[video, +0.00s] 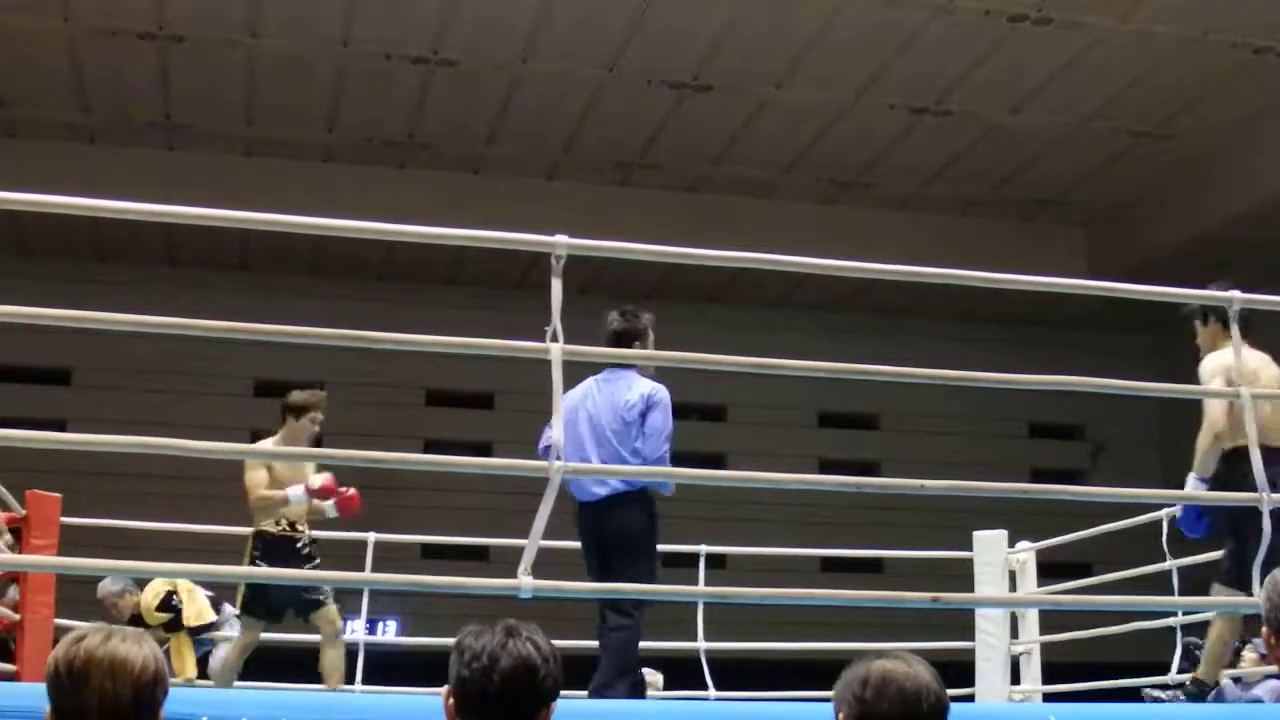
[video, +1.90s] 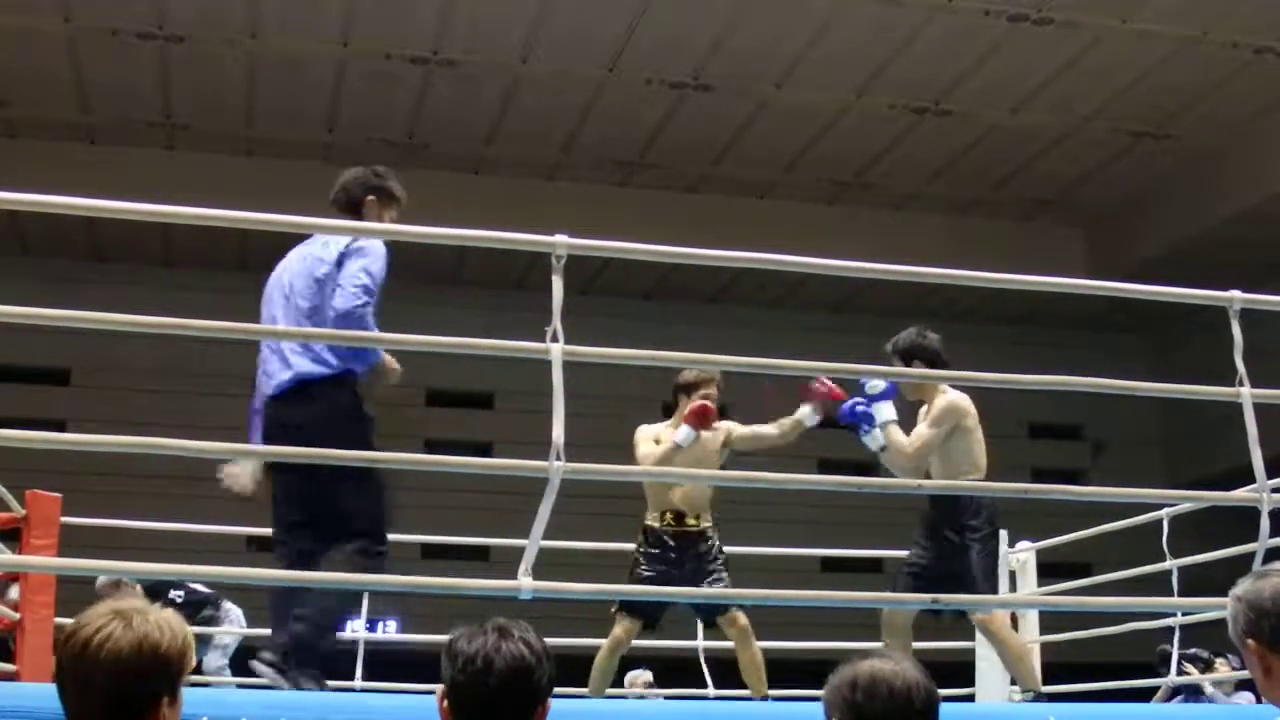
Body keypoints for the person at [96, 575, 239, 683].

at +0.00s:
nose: (112, 613)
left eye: (115, 606)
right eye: (108, 608)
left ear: (131, 594)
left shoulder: (157, 604)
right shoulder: (136, 620)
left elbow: (206, 621)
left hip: (225, 624)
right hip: (194, 630)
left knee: (217, 672)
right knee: (164, 664)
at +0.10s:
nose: (112, 610)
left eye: (115, 604)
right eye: (109, 606)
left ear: (132, 593)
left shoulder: (154, 602)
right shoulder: (134, 620)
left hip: (225, 621)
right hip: (193, 630)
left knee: (218, 670)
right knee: (164, 668)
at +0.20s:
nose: (115, 609)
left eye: (116, 602)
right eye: (111, 605)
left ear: (133, 591)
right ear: (132, 593)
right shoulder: (138, 618)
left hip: (228, 621)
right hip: (198, 627)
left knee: (219, 670)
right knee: (173, 668)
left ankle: (236, 706)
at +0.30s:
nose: (116, 609)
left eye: (117, 602)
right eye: (112, 604)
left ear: (136, 591)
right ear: (136, 592)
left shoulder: (157, 606)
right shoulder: (140, 613)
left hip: (230, 623)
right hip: (198, 628)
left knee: (219, 669)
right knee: (173, 663)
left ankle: (234, 710)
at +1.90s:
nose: (116, 606)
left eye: (115, 599)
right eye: (111, 601)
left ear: (126, 591)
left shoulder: (157, 595)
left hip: (227, 616)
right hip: (205, 621)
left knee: (213, 665)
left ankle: (234, 706)